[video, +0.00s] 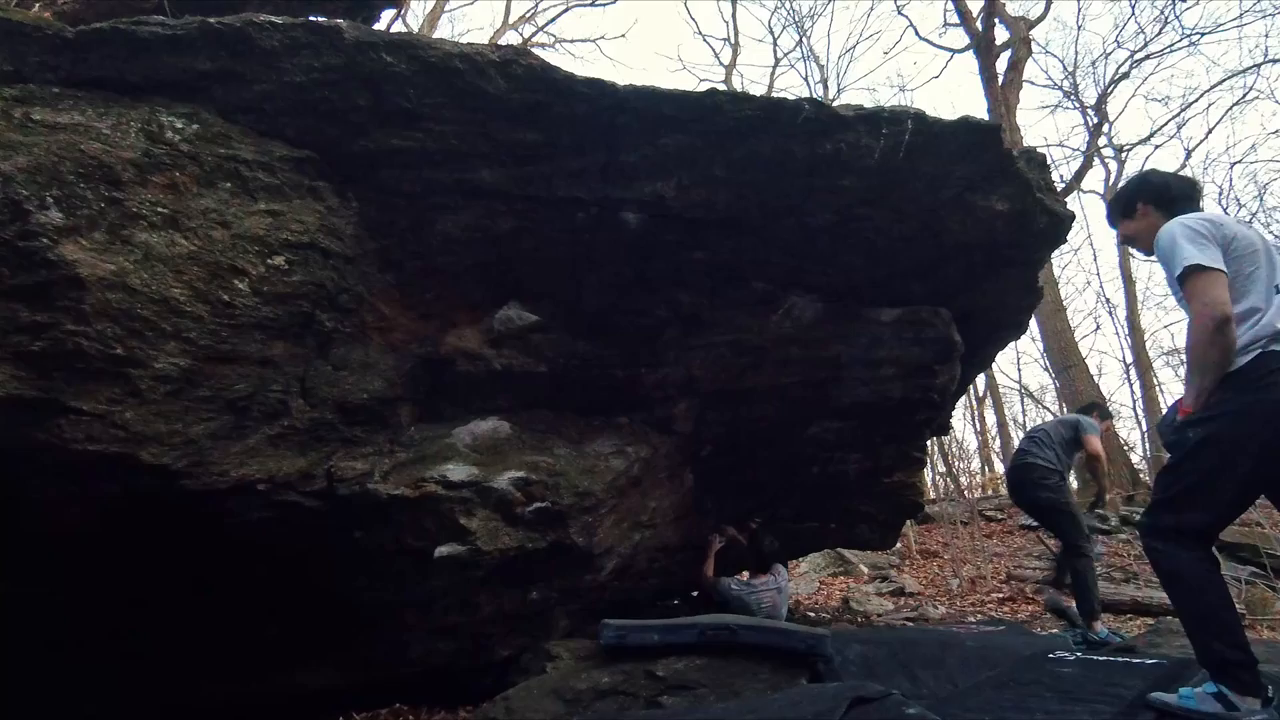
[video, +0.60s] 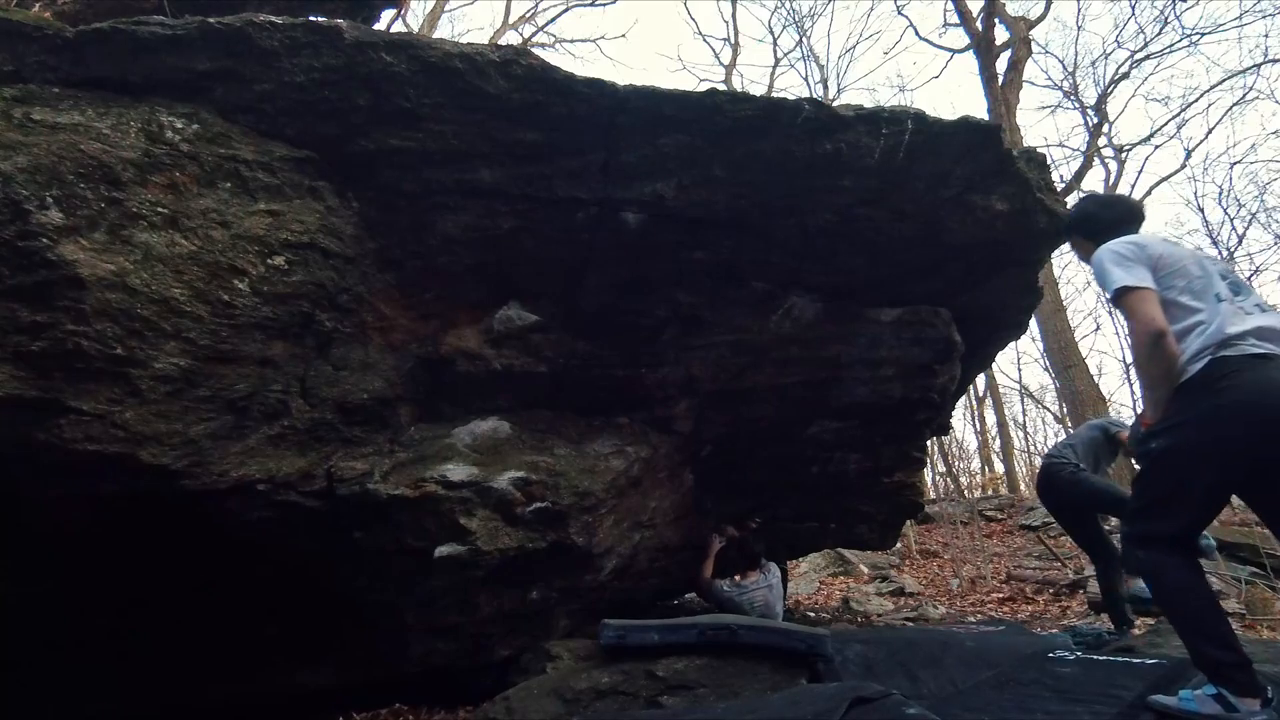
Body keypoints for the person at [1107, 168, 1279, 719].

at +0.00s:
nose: (1125, 240)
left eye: (1124, 226)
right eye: (1120, 231)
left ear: (1148, 209)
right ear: (1170, 206)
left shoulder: (1181, 229)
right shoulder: (1237, 234)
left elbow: (1216, 314)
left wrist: (1195, 400)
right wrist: (1198, 400)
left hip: (1260, 382)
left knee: (1170, 528)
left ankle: (1237, 685)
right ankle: (1239, 682)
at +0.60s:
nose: (1081, 257)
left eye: (1079, 248)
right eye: (1077, 251)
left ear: (1090, 238)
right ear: (1130, 221)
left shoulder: (1116, 248)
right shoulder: (1191, 254)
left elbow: (1154, 331)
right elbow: (1239, 323)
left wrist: (1153, 415)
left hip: (1228, 385)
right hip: (1275, 376)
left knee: (1151, 539)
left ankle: (1237, 687)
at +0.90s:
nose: (1026, 282)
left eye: (1024, 273)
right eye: (1021, 275)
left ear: (1033, 266)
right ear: (1078, 249)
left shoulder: (1053, 276)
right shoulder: (1133, 277)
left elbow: (1096, 348)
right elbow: (1194, 335)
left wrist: (1115, 428)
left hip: (1175, 402)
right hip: (1248, 392)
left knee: (1151, 556)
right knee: (1275, 545)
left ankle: (1237, 701)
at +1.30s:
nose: (987, 274)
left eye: (986, 267)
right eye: (985, 269)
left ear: (994, 262)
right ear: (1042, 248)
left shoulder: (1004, 277)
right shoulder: (1092, 267)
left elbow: (1039, 343)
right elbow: (1149, 319)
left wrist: (1078, 413)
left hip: (1133, 380)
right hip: (1200, 370)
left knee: (1164, 556)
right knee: (1235, 539)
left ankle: (1235, 705)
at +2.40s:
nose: (1044, 271)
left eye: (1040, 261)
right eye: (1038, 264)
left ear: (1053, 244)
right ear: (1094, 237)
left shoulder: (1075, 258)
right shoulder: (1147, 267)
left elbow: (1109, 326)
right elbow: (1191, 330)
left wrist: (1125, 410)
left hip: (1180, 385)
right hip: (1232, 384)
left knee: (1180, 544)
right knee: (1248, 533)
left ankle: (1241, 694)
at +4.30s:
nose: (1096, 249)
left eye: (1091, 238)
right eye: (1089, 245)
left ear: (1108, 212)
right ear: (1114, 213)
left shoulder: (1153, 228)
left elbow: (1170, 308)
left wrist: (1161, 399)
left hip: (1204, 390)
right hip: (1222, 387)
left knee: (1244, 539)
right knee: (1247, 536)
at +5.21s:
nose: (1103, 232)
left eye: (1098, 218)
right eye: (1094, 227)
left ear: (1122, 188)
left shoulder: (1191, 224)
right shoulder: (1163, 245)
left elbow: (1231, 312)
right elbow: (1202, 327)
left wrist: (1211, 408)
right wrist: (1185, 412)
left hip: (1238, 404)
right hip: (1199, 416)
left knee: (1271, 539)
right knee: (1167, 532)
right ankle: (1276, 624)